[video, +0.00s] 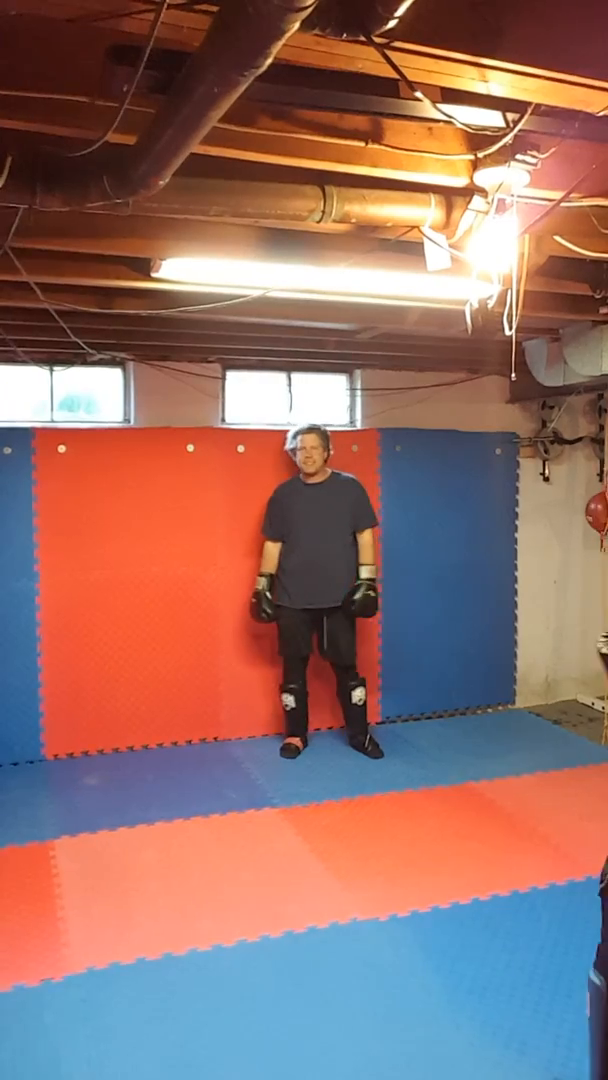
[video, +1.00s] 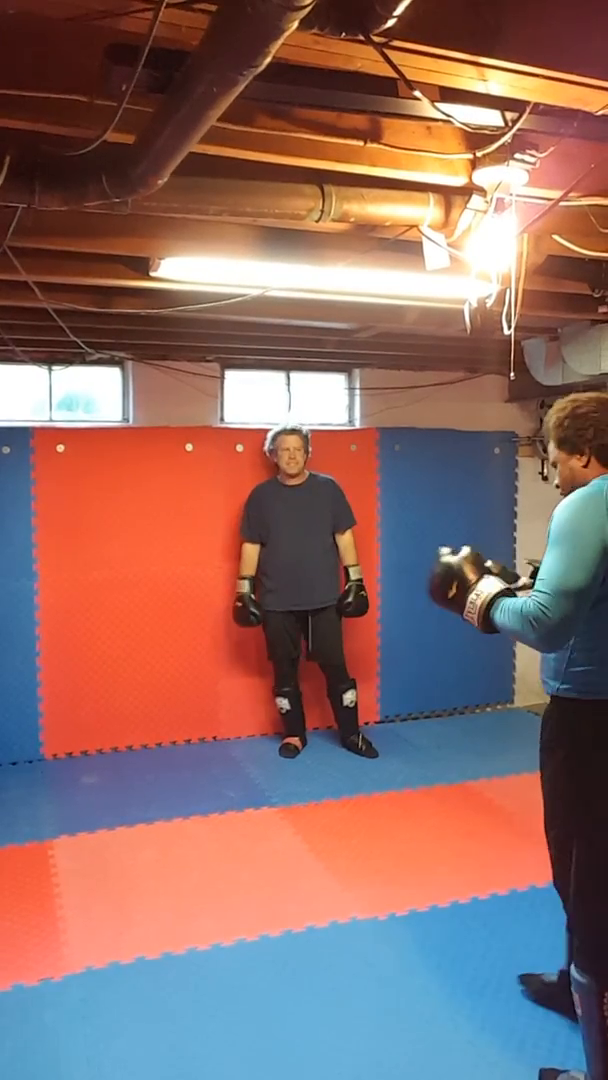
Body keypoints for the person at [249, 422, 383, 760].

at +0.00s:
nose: (305, 455)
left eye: (312, 449)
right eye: (300, 449)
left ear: (327, 452)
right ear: (295, 454)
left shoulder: (349, 488)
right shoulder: (284, 494)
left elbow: (365, 536)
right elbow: (272, 542)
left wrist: (367, 582)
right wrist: (263, 585)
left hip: (339, 597)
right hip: (292, 598)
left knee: (347, 668)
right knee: (293, 667)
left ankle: (359, 734)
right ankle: (295, 735)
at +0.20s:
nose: (297, 458)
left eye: (304, 452)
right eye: (293, 453)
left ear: (320, 456)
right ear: (287, 457)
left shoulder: (340, 491)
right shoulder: (275, 496)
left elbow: (354, 540)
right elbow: (263, 543)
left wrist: (355, 587)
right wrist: (252, 586)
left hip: (331, 600)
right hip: (284, 601)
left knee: (343, 668)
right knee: (288, 669)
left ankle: (358, 733)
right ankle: (295, 735)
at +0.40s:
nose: (293, 456)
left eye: (300, 450)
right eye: (288, 450)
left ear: (314, 454)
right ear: (281, 455)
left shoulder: (334, 490)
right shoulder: (268, 495)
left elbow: (349, 537)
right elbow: (256, 542)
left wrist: (353, 582)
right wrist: (244, 585)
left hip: (325, 597)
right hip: (279, 600)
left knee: (338, 667)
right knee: (286, 669)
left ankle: (354, 732)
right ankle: (294, 735)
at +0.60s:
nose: (291, 459)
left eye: (298, 454)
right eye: (285, 454)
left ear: (310, 457)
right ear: (276, 458)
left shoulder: (330, 493)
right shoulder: (263, 498)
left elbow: (345, 540)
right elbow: (251, 546)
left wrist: (354, 586)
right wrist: (241, 590)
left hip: (322, 600)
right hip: (276, 603)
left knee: (336, 669)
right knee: (283, 671)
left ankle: (352, 734)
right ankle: (294, 735)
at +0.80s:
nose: (290, 456)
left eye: (296, 450)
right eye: (284, 451)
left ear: (307, 454)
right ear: (274, 455)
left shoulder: (328, 489)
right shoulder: (261, 495)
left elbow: (345, 535)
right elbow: (251, 543)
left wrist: (354, 580)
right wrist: (242, 587)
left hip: (323, 597)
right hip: (277, 600)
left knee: (335, 666)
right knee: (285, 669)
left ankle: (349, 733)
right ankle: (294, 735)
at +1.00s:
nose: (291, 456)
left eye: (297, 450)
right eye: (285, 450)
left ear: (307, 454)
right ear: (274, 456)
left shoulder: (328, 489)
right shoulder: (261, 495)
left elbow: (344, 535)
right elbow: (252, 544)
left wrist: (355, 580)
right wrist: (244, 590)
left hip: (324, 597)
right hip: (278, 599)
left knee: (336, 666)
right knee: (284, 669)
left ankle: (351, 733)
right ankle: (294, 734)